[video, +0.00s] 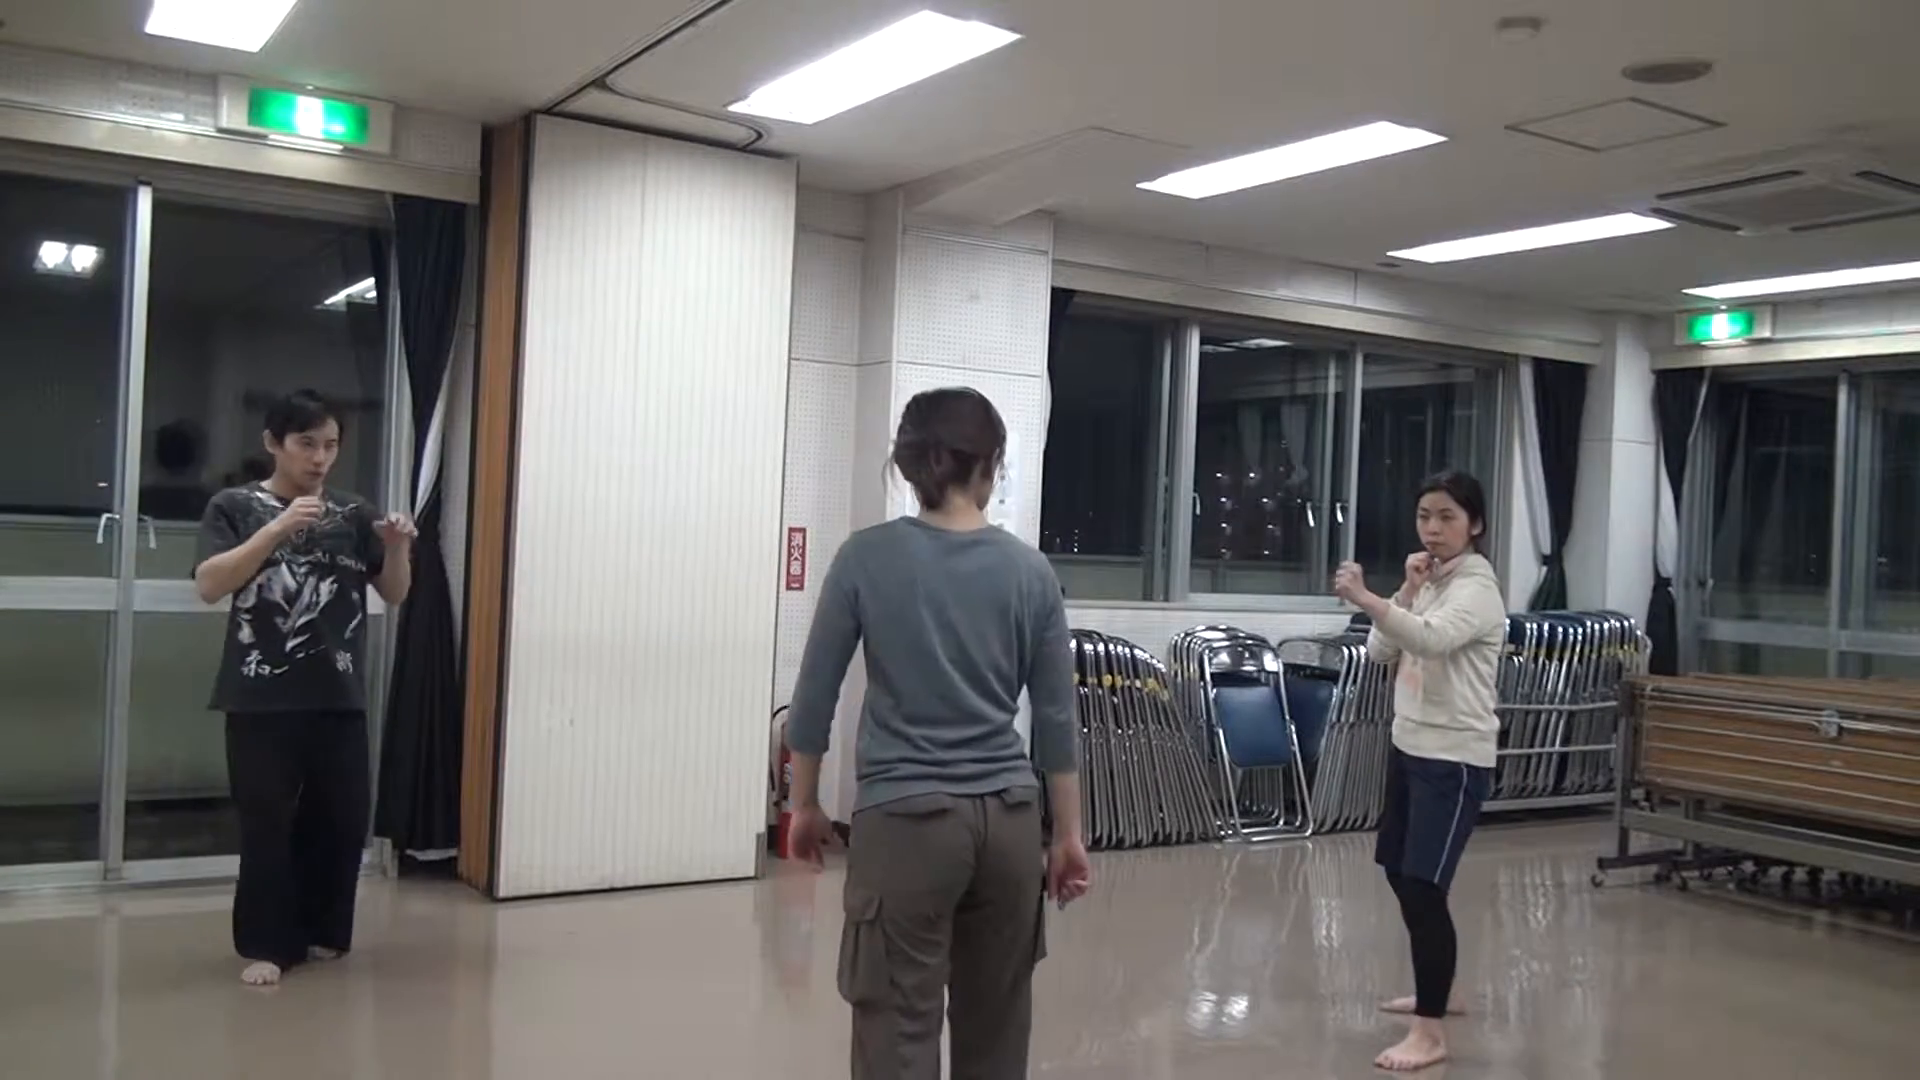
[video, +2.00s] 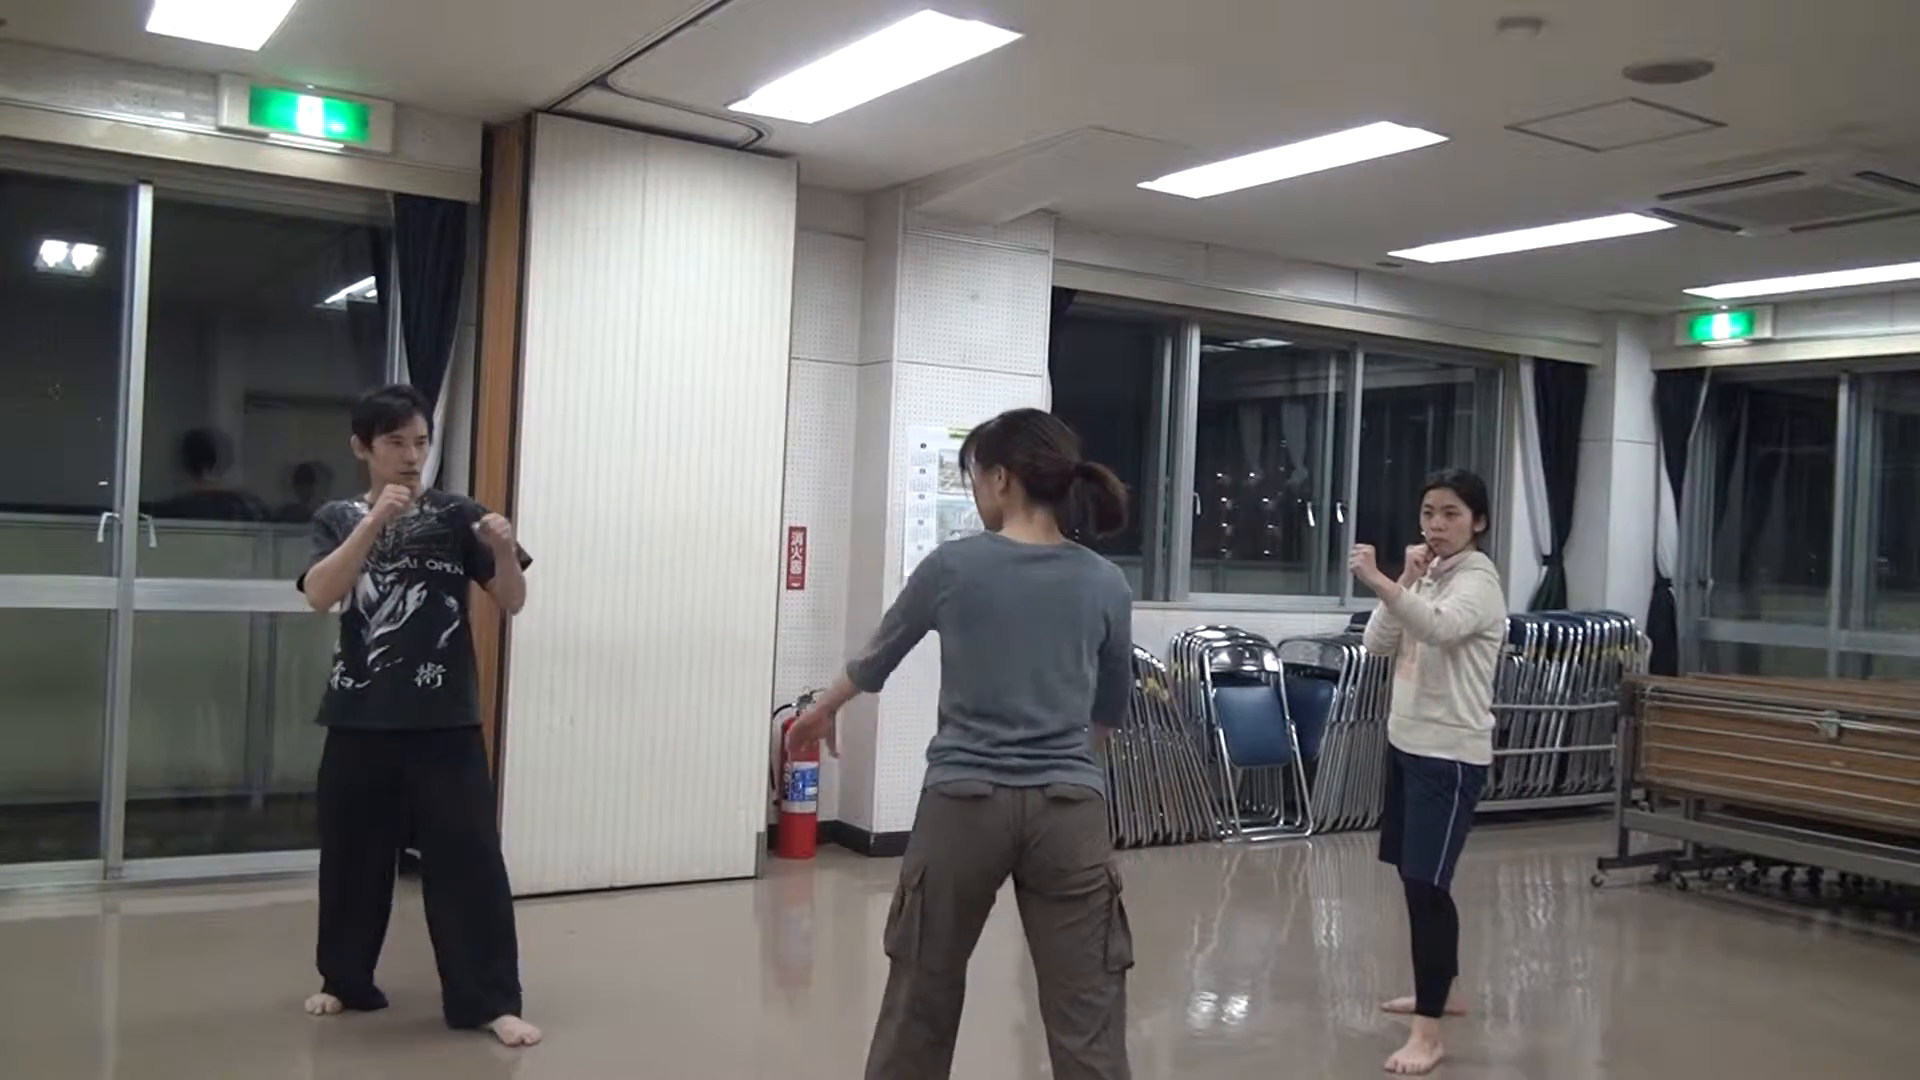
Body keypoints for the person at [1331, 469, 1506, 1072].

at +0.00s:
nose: (1430, 527)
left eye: (1443, 516)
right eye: (1424, 516)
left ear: (1473, 524)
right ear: (1417, 523)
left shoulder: (1478, 584)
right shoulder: (1425, 582)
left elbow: (1439, 637)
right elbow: (1381, 650)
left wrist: (1368, 601)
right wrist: (1406, 593)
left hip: (1454, 760)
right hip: (1411, 752)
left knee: (1423, 886)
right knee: (1397, 869)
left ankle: (1429, 1032)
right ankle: (1436, 993)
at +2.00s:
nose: (1436, 523)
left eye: (1450, 513)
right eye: (1429, 512)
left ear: (1477, 522)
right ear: (1421, 520)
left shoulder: (1480, 580)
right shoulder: (1424, 579)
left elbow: (1444, 627)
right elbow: (1376, 644)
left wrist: (1384, 583)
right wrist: (1405, 587)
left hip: (1449, 754)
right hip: (1409, 747)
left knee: (1426, 881)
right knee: (1412, 873)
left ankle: (1426, 1032)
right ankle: (1443, 990)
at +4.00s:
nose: (1437, 529)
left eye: (1450, 520)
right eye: (1428, 518)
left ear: (1473, 528)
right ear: (1417, 523)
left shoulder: (1477, 581)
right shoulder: (1413, 576)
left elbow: (1457, 637)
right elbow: (1372, 647)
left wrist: (1413, 591)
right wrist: (1406, 590)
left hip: (1455, 754)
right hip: (1405, 748)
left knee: (1433, 885)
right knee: (1389, 857)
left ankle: (1428, 1028)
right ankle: (1436, 981)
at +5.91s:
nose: (1438, 523)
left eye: (1451, 514)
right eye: (1431, 512)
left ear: (1477, 525)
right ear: (1418, 519)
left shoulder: (1496, 590)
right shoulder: (1391, 584)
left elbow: (1488, 630)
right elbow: (1352, 632)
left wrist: (1451, 565)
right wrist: (1326, 610)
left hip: (1461, 758)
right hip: (1391, 750)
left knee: (1434, 891)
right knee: (1375, 886)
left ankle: (1410, 1022)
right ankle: (1426, 958)